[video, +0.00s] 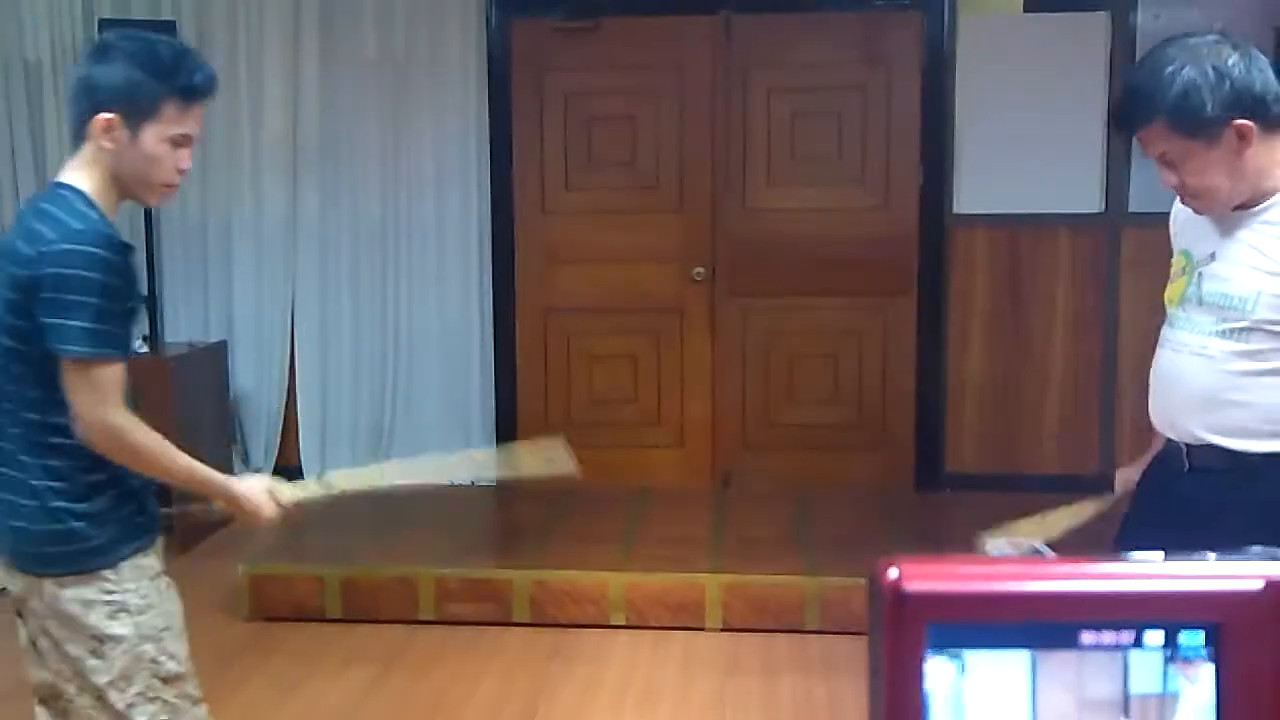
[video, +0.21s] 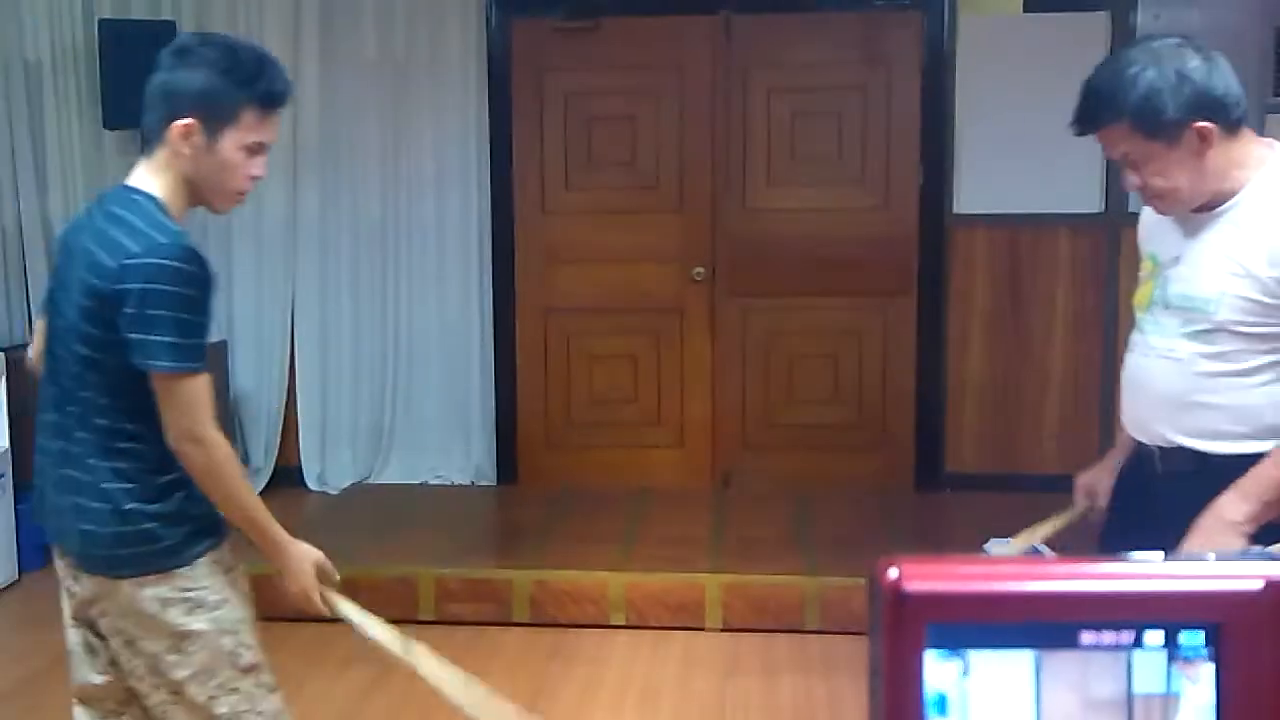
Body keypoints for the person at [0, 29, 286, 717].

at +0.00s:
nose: (187, 165)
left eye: (192, 145)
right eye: (175, 143)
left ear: (106, 135)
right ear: (109, 131)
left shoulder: (44, 221)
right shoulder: (85, 244)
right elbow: (99, 419)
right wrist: (229, 490)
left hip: (36, 537)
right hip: (87, 549)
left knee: (68, 708)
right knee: (162, 708)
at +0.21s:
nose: (260, 170)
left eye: (264, 152)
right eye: (250, 149)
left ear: (181, 137)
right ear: (185, 134)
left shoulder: (90, 226)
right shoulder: (166, 259)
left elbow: (44, 357)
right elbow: (193, 437)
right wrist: (283, 550)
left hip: (78, 531)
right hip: (152, 544)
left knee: (106, 707)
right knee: (239, 705)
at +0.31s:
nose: (290, 167)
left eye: (295, 148)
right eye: (281, 146)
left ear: (212, 132)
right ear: (218, 131)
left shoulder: (125, 213)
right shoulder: (194, 252)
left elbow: (110, 382)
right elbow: (205, 432)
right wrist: (285, 548)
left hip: (95, 515)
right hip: (166, 535)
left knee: (125, 708)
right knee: (241, 708)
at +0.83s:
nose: (265, 174)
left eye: (269, 155)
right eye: (255, 154)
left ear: (195, 146)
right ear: (193, 143)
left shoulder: (169, 237)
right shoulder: (154, 250)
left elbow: (180, 405)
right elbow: (165, 420)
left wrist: (230, 477)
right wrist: (294, 489)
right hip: (155, 533)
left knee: (173, 705)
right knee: (238, 707)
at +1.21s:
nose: (263, 163)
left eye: (266, 145)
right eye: (253, 142)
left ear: (192, 137)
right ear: (189, 133)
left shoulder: (161, 227)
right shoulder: (150, 236)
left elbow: (160, 400)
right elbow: (136, 398)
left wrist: (207, 511)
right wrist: (268, 398)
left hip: (148, 518)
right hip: (160, 526)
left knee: (166, 705)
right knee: (245, 705)